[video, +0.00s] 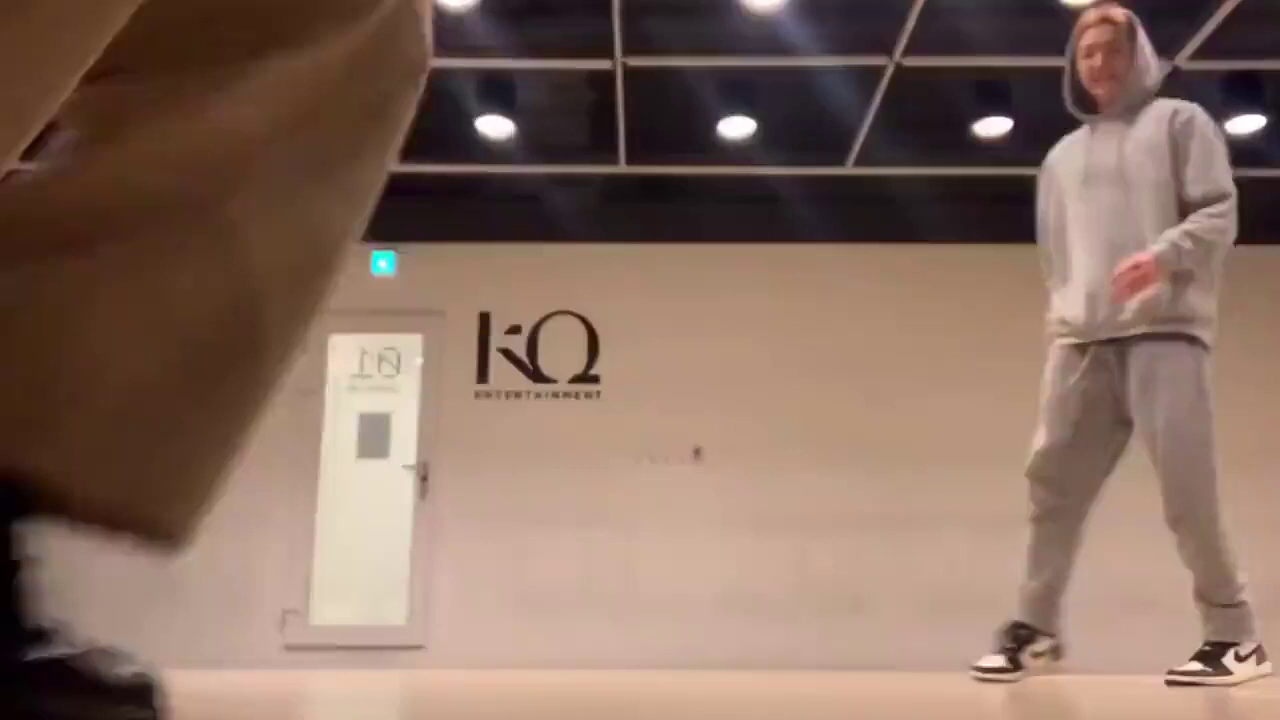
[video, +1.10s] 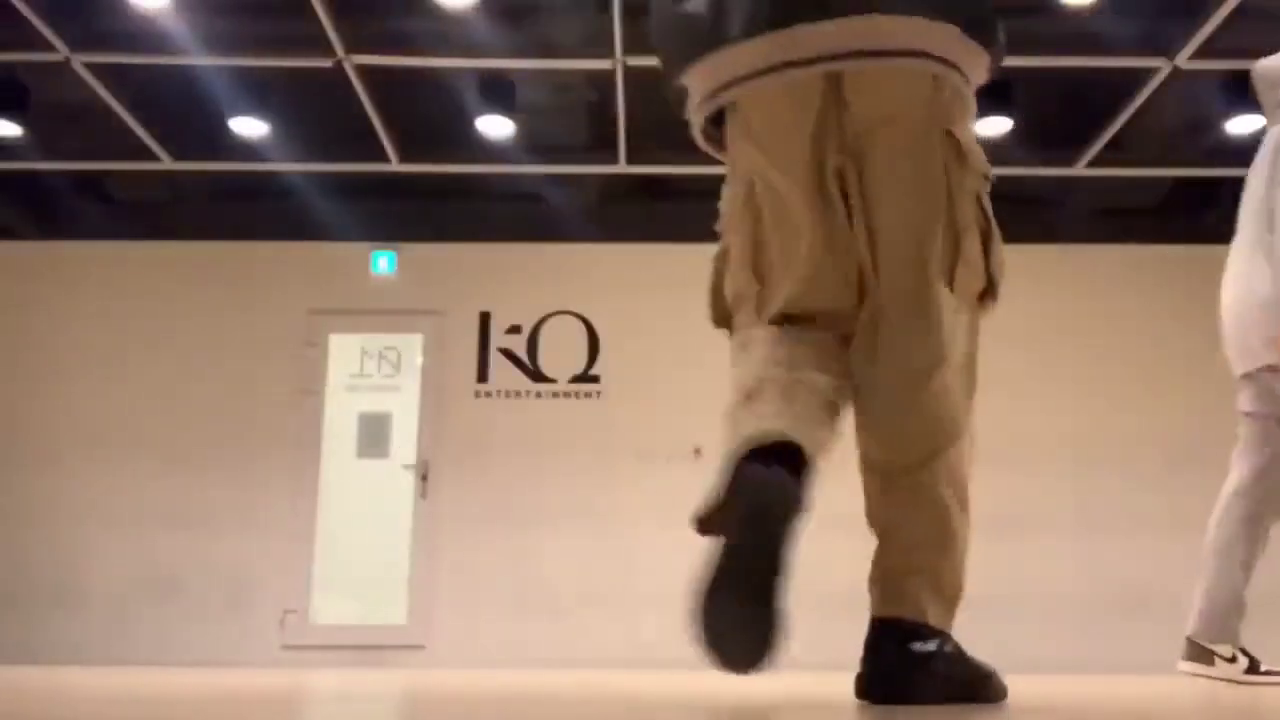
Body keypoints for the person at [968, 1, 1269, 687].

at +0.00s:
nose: (1099, 62)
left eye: (1111, 48)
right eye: (1088, 52)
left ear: (1137, 56)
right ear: (1074, 66)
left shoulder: (1181, 122)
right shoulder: (1062, 156)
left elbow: (1219, 216)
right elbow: (1057, 267)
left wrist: (1162, 258)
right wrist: (1060, 359)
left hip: (1167, 335)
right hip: (1086, 342)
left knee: (1187, 492)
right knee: (1053, 479)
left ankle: (1233, 638)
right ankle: (1036, 629)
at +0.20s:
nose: (1051, 76)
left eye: (1062, 64)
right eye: (1040, 65)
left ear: (1087, 70)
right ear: (1025, 76)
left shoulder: (1133, 144)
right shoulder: (999, 165)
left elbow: (1175, 238)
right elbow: (981, 266)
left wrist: (1174, 309)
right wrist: (982, 353)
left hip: (1123, 349)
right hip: (1030, 353)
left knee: (1160, 479)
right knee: (1002, 486)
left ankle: (1186, 636)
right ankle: (1005, 635)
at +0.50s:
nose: (1116, 69)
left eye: (1125, 61)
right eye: (1104, 58)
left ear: (1135, 78)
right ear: (1077, 69)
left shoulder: (1148, 165)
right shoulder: (1028, 147)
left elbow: (1180, 259)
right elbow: (987, 233)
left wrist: (1212, 336)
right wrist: (986, 324)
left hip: (1148, 362)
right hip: (1056, 358)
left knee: (1188, 477)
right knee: (1026, 499)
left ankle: (1185, 635)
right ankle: (1000, 634)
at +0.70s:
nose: (1199, 97)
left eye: (1199, 89)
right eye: (1188, 87)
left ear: (1174, 106)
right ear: (1152, 96)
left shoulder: (1173, 180)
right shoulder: (1126, 152)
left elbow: (1195, 291)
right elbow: (1093, 241)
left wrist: (1255, 342)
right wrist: (1091, 328)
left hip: (1201, 377)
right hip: (1140, 370)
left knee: (1245, 501)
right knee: (1072, 495)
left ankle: (1202, 643)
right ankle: (985, 625)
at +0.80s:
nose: (1235, 90)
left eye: (1232, 81)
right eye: (1224, 81)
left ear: (1199, 96)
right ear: (1195, 92)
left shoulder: (1206, 159)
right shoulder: (1175, 142)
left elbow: (1217, 278)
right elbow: (1160, 234)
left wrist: (1267, 327)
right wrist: (1156, 319)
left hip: (1238, 358)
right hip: (1192, 347)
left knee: (1255, 504)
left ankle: (1204, 639)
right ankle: (1055, 604)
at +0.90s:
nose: (1263, 80)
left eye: (1261, 69)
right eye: (1255, 69)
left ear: (1223, 81)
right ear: (1232, 77)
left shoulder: (1226, 139)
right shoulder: (1207, 132)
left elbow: (1213, 237)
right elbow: (1193, 228)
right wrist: (1196, 312)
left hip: (1249, 340)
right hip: (1223, 339)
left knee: (1252, 491)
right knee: (1228, 473)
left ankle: (1204, 640)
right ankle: (1122, 598)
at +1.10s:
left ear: (1269, 91)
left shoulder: (1271, 143)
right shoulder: (1272, 144)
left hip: (1256, 313)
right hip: (1263, 312)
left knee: (1255, 471)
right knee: (1256, 471)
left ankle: (1212, 633)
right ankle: (1211, 633)